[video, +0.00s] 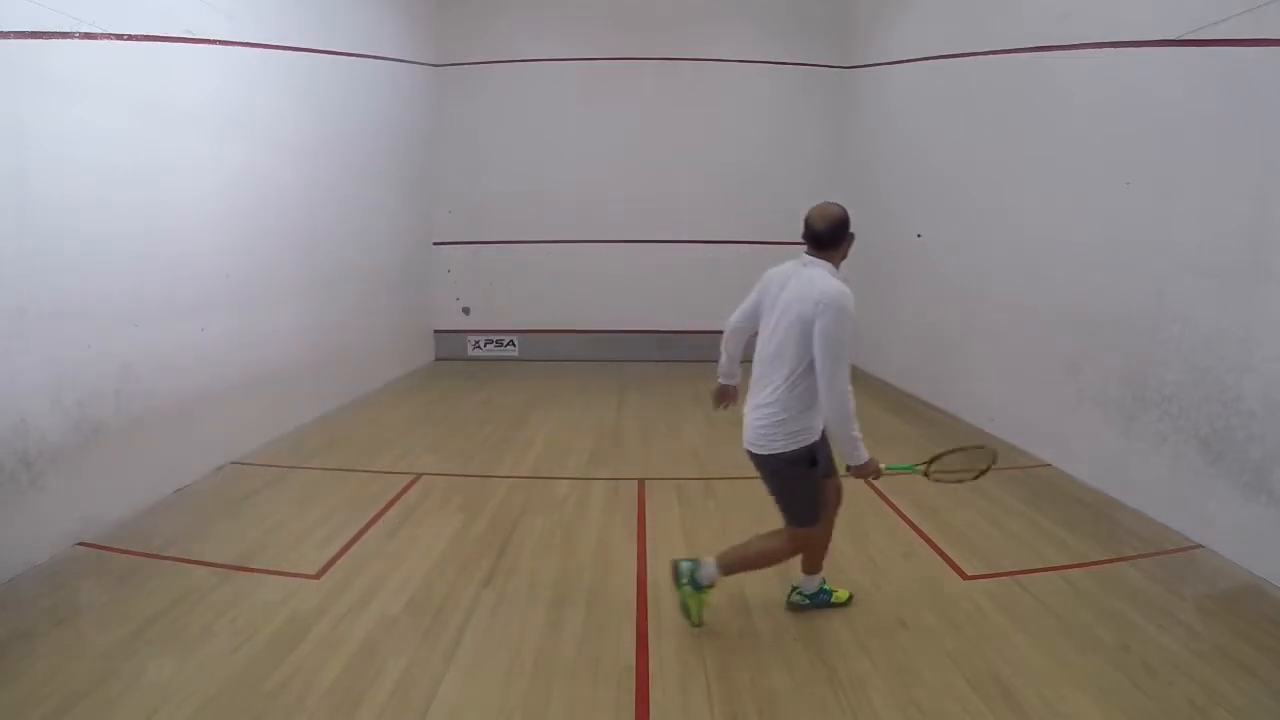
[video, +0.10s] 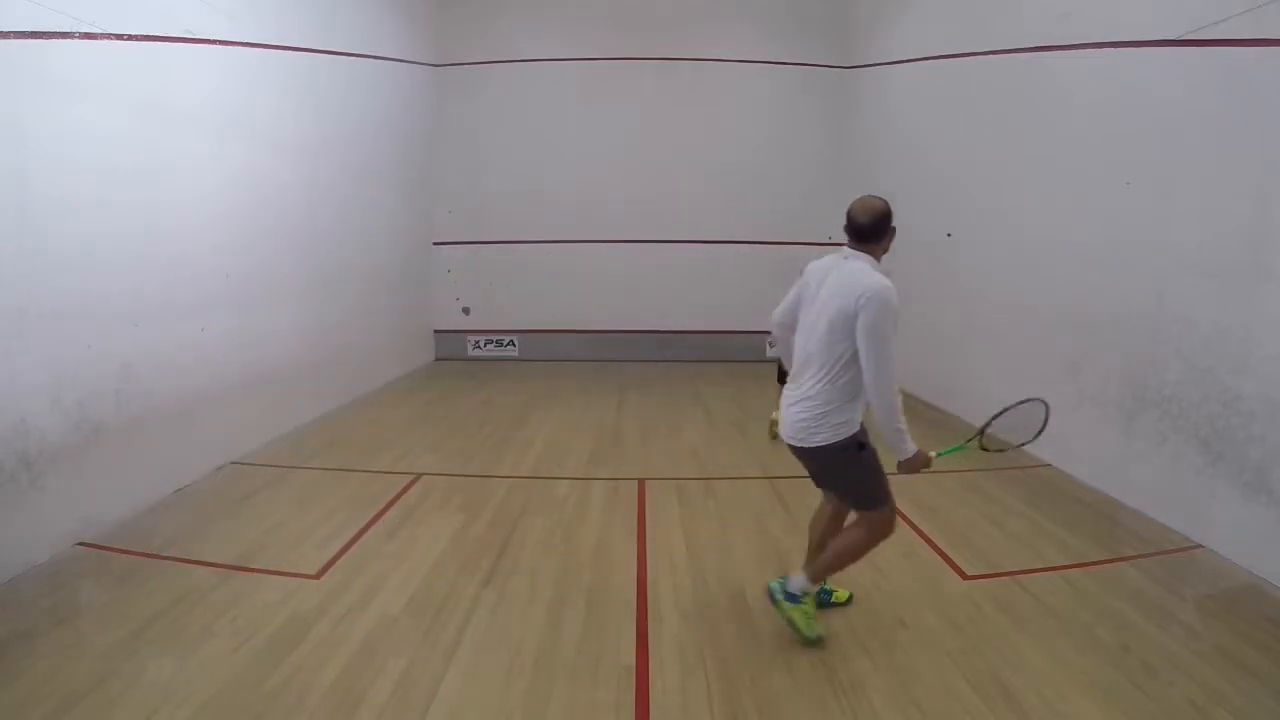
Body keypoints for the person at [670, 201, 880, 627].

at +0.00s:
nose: (853, 241)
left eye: (847, 235)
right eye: (852, 236)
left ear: (804, 240)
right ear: (848, 244)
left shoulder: (779, 275)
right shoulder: (833, 296)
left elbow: (737, 327)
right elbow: (834, 387)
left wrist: (727, 378)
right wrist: (856, 454)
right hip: (785, 438)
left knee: (828, 495)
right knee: (804, 534)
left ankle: (810, 587)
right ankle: (700, 574)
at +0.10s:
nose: (894, 235)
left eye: (887, 228)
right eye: (894, 229)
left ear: (847, 232)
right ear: (889, 236)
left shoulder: (820, 267)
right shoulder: (875, 291)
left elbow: (781, 322)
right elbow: (879, 384)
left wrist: (801, 371)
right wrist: (905, 450)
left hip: (798, 419)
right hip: (829, 429)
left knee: (839, 497)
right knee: (879, 520)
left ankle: (811, 582)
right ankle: (797, 589)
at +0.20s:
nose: (939, 234)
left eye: (932, 227)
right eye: (938, 229)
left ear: (891, 229)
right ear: (933, 235)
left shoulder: (862, 266)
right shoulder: (919, 289)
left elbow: (825, 320)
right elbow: (926, 381)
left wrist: (861, 354)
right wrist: (959, 449)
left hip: (835, 416)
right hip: (872, 428)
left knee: (849, 496)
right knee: (933, 514)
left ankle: (810, 585)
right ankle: (904, 620)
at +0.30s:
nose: (987, 238)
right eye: (986, 232)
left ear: (940, 234)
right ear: (983, 239)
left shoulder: (910, 269)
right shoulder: (967, 296)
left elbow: (871, 321)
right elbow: (973, 394)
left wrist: (901, 369)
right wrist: (1006, 461)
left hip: (873, 420)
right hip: (915, 435)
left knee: (869, 499)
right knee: (972, 528)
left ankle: (816, 584)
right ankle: (994, 629)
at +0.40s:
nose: (1042, 244)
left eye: (1037, 237)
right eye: (1041, 239)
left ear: (994, 238)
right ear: (1035, 246)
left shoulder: (960, 275)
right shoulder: (1019, 304)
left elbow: (922, 325)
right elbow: (1023, 406)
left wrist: (964, 361)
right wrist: (1057, 475)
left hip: (926, 431)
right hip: (970, 445)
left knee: (916, 508)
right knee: (1017, 534)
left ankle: (837, 574)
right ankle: (1016, 637)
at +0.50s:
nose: (1096, 248)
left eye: (1094, 240)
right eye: (1096, 240)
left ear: (1050, 235)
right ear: (1087, 243)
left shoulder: (1008, 271)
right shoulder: (1066, 302)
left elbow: (968, 327)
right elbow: (1071, 404)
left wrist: (1014, 362)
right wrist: (1104, 479)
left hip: (979, 429)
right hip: (1017, 443)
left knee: (998, 514)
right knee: (1048, 539)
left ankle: (905, 572)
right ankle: (1018, 637)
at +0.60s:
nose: (1145, 252)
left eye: (1148, 242)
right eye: (1145, 240)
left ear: (1101, 228)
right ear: (1126, 234)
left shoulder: (1050, 264)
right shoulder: (1108, 291)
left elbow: (1009, 322)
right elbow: (1116, 398)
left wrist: (1053, 358)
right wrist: (1154, 473)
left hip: (1024, 430)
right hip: (1058, 440)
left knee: (1052, 522)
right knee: (1062, 541)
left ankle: (999, 597)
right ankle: (1019, 638)